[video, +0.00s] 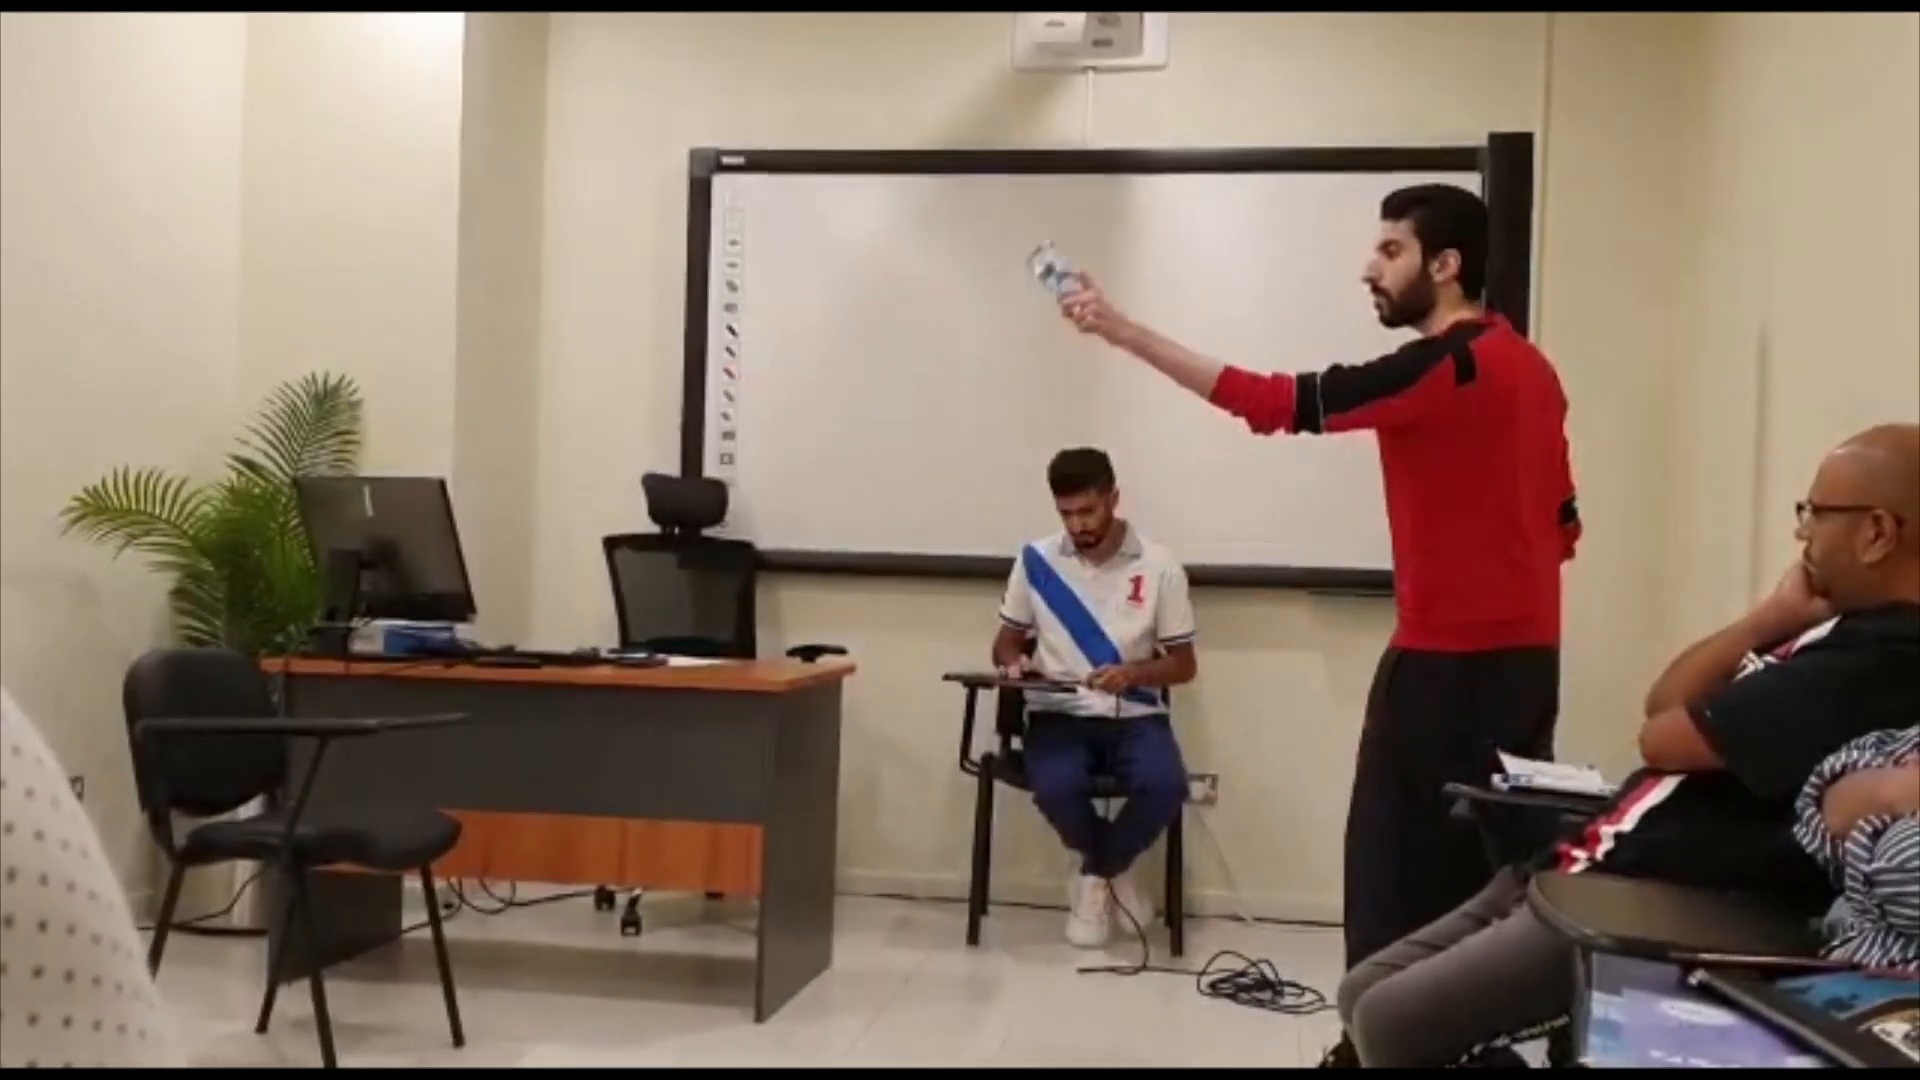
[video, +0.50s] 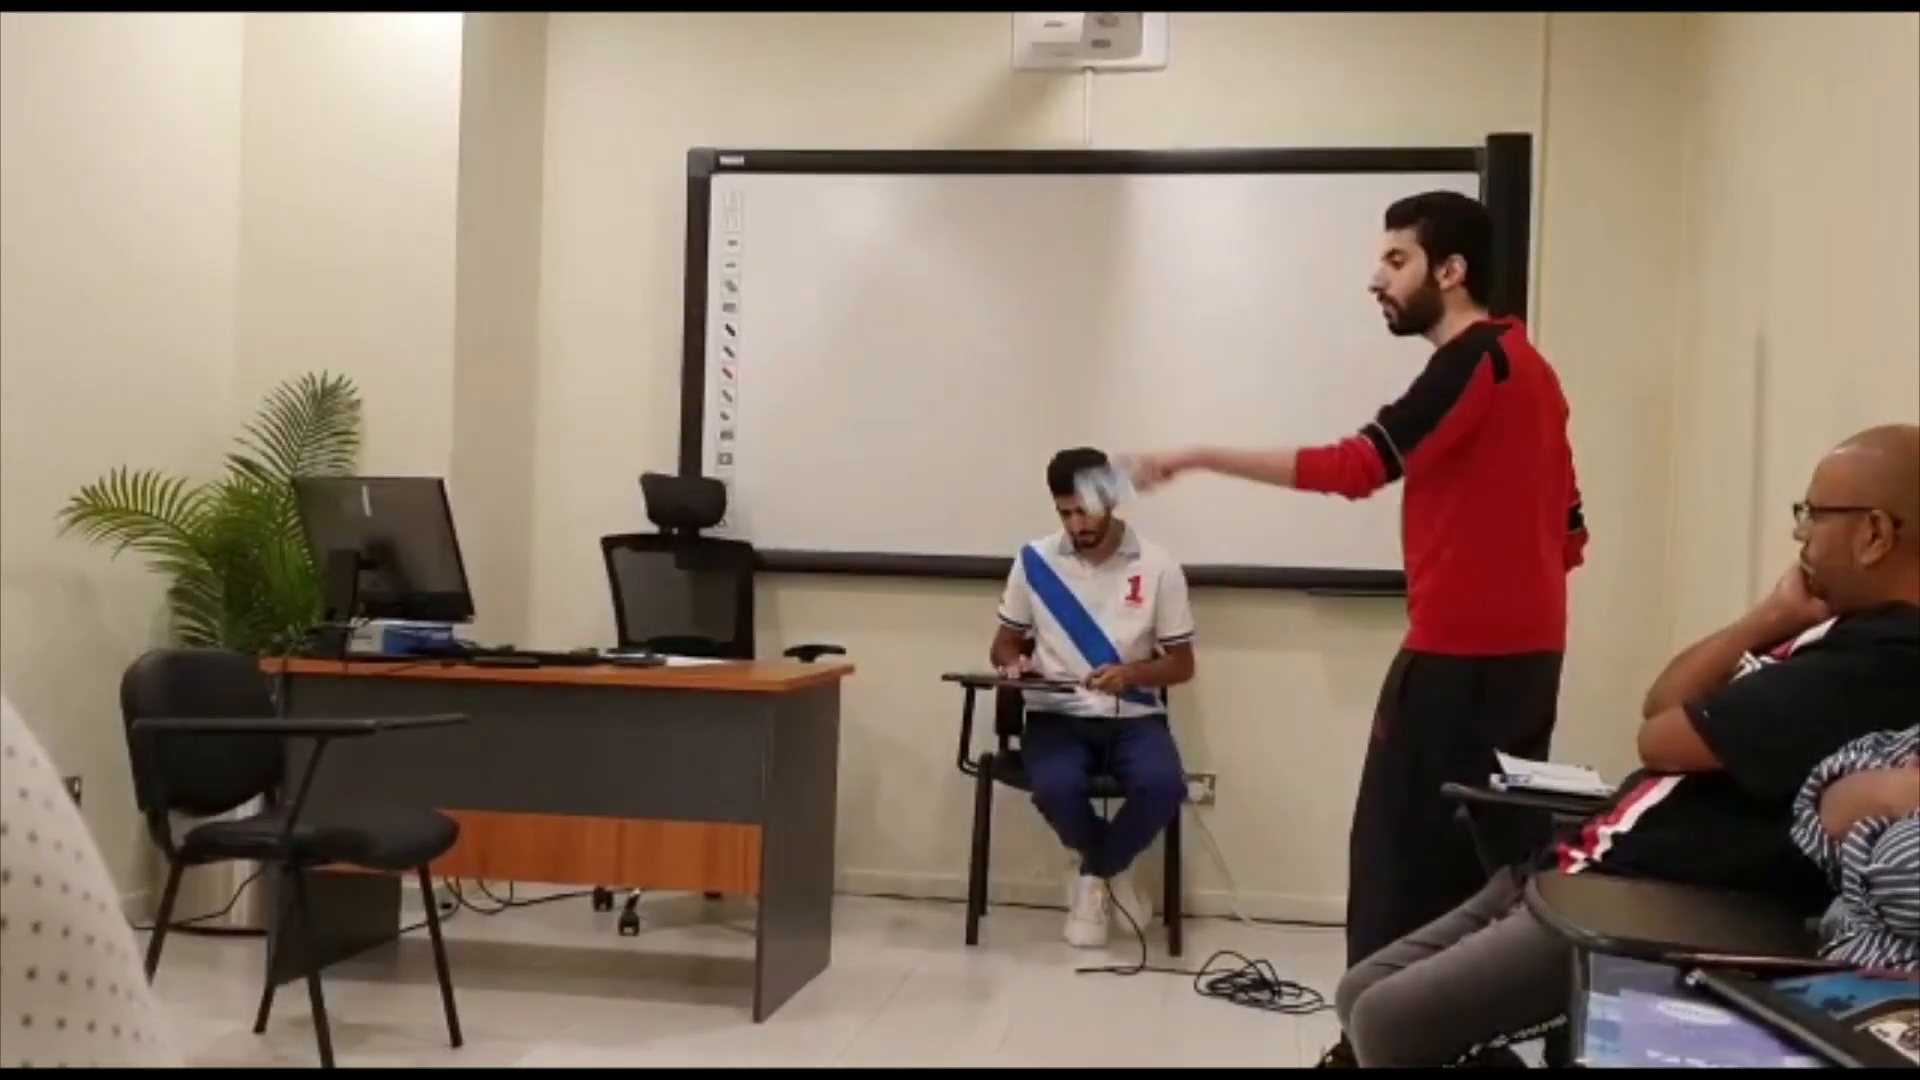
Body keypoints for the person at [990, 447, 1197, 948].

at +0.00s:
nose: (1078, 526)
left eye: (1087, 512)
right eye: (1067, 514)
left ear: (1113, 499)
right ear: (1056, 509)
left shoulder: (1158, 566)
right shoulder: (1036, 562)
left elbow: (1183, 663)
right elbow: (1008, 641)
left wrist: (1132, 674)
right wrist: (1012, 661)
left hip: (1135, 717)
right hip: (1059, 716)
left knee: (1163, 788)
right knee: (1055, 791)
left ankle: (1094, 879)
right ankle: (1114, 870)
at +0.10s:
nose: (1077, 526)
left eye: (1087, 512)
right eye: (1067, 514)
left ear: (1113, 499)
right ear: (1055, 508)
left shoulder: (1158, 565)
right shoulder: (1035, 562)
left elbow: (1182, 663)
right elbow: (1007, 641)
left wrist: (1130, 674)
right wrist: (1012, 662)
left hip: (1134, 717)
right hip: (1058, 716)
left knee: (1162, 788)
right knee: (1054, 791)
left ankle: (1094, 879)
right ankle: (1114, 868)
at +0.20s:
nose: (1077, 526)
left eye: (1087, 512)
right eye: (1067, 514)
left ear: (1113, 499)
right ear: (1055, 508)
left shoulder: (1157, 565)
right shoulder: (1035, 562)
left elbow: (1182, 663)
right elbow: (1005, 644)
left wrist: (1130, 674)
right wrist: (1012, 662)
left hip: (1134, 716)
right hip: (1058, 716)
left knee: (1162, 788)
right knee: (1054, 791)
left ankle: (1093, 879)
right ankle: (1113, 869)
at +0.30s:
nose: (1078, 525)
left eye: (1087, 511)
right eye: (1067, 514)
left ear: (1112, 499)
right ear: (1055, 509)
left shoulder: (1157, 565)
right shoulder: (1035, 562)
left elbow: (1182, 663)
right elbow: (1005, 644)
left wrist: (1130, 674)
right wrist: (1012, 662)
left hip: (1134, 716)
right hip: (1057, 716)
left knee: (1162, 788)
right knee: (1054, 791)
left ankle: (1093, 879)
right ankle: (1114, 869)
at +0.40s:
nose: (1077, 525)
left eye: (1086, 511)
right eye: (1066, 514)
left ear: (1112, 499)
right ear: (1055, 508)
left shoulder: (1157, 565)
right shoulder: (1035, 562)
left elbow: (1182, 664)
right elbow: (1005, 644)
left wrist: (1130, 674)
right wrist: (1012, 662)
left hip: (1134, 717)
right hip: (1058, 716)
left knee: (1162, 788)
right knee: (1054, 791)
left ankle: (1093, 879)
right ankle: (1114, 869)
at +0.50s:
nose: (1077, 525)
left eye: (1086, 512)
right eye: (1067, 513)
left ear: (1113, 504)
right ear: (1057, 510)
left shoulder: (1157, 567)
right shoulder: (1034, 562)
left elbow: (1182, 664)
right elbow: (1004, 645)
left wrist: (1129, 674)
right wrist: (1013, 662)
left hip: (1133, 718)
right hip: (1056, 717)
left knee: (1162, 788)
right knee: (1054, 791)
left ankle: (1093, 880)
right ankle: (1113, 868)